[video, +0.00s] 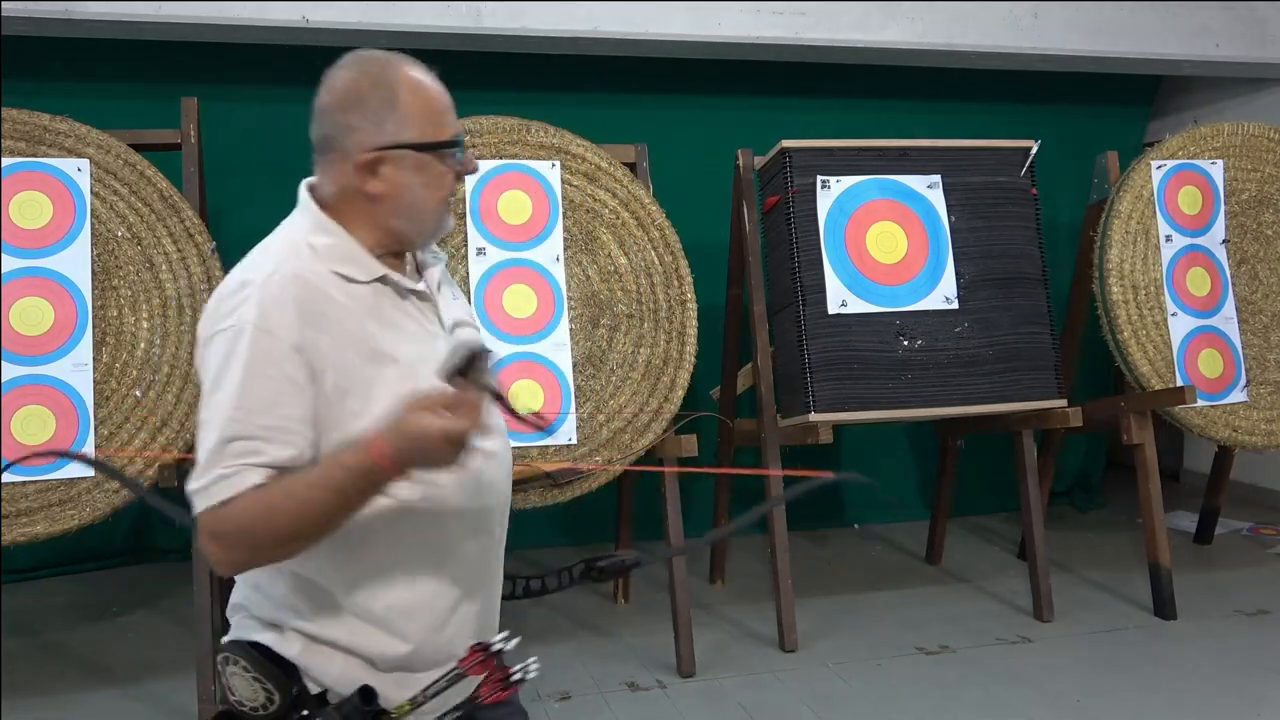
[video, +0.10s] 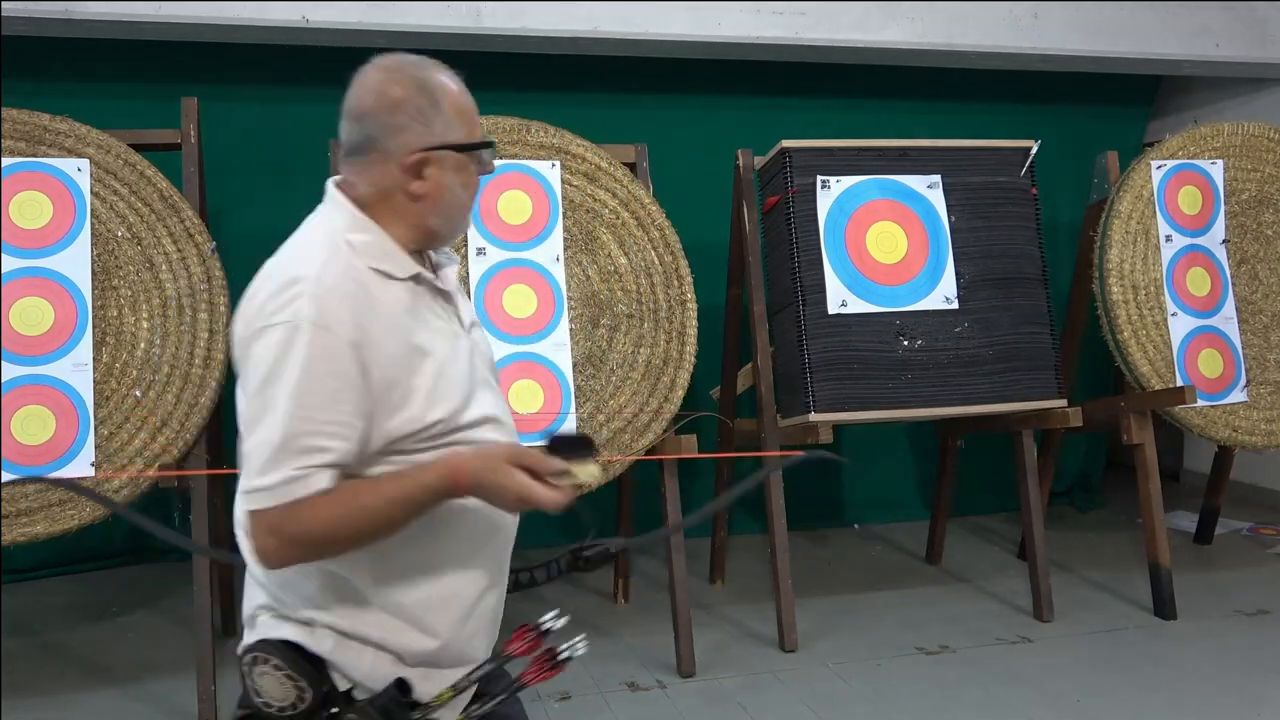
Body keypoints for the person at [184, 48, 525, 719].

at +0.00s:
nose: (463, 171)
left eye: (459, 150)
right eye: (446, 152)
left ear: (375, 174)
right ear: (372, 171)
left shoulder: (419, 268)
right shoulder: (268, 297)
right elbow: (226, 537)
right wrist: (388, 449)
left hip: (458, 660)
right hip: (324, 685)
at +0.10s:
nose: (486, 173)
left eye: (484, 156)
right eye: (478, 156)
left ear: (417, 176)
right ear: (420, 174)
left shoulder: (416, 263)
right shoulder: (310, 291)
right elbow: (275, 531)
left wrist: (516, 456)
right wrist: (458, 475)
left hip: (450, 660)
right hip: (347, 680)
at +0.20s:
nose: (504, 186)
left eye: (505, 167)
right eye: (500, 167)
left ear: (447, 174)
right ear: (453, 174)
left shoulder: (403, 264)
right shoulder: (364, 294)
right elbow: (343, 522)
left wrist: (540, 460)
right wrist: (513, 473)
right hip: (371, 670)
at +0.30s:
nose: (522, 191)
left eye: (525, 171)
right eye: (521, 171)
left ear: (415, 162)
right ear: (482, 177)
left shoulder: (395, 250)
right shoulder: (414, 290)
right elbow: (410, 513)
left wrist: (560, 452)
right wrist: (555, 457)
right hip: (405, 656)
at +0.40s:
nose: (544, 194)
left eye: (545, 175)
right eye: (544, 176)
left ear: (437, 166)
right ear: (515, 179)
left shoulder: (398, 252)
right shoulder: (465, 287)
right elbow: (472, 502)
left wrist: (581, 442)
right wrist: (591, 445)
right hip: (453, 651)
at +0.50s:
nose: (563, 196)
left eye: (564, 178)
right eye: (563, 179)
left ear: (463, 173)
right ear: (540, 181)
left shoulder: (405, 267)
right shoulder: (511, 277)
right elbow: (536, 479)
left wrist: (602, 439)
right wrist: (625, 438)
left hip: (417, 608)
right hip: (497, 628)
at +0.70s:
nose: (602, 194)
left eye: (601, 176)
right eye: (600, 175)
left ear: (506, 171)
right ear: (572, 174)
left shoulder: (436, 270)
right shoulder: (577, 266)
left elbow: (400, 436)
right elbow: (609, 441)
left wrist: (403, 543)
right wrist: (672, 409)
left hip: (459, 582)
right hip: (556, 590)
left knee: (488, 711)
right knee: (557, 709)